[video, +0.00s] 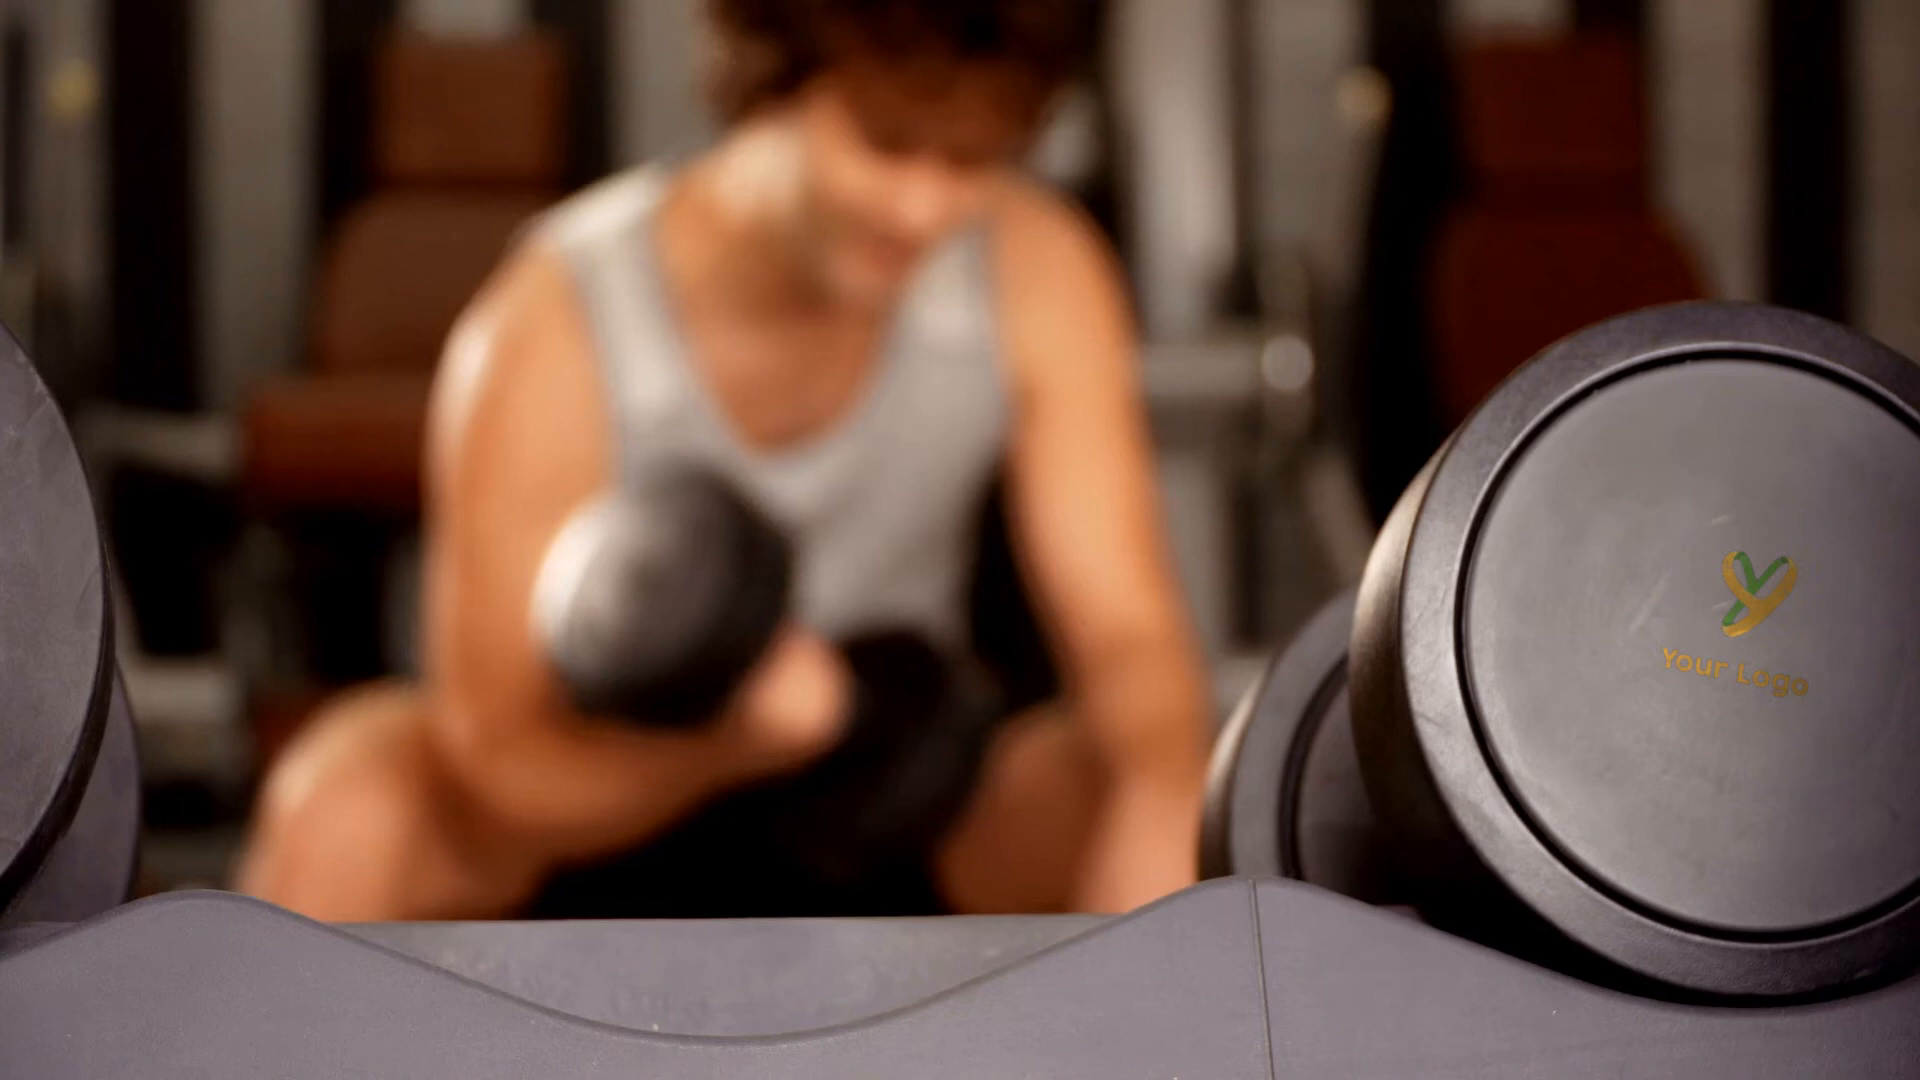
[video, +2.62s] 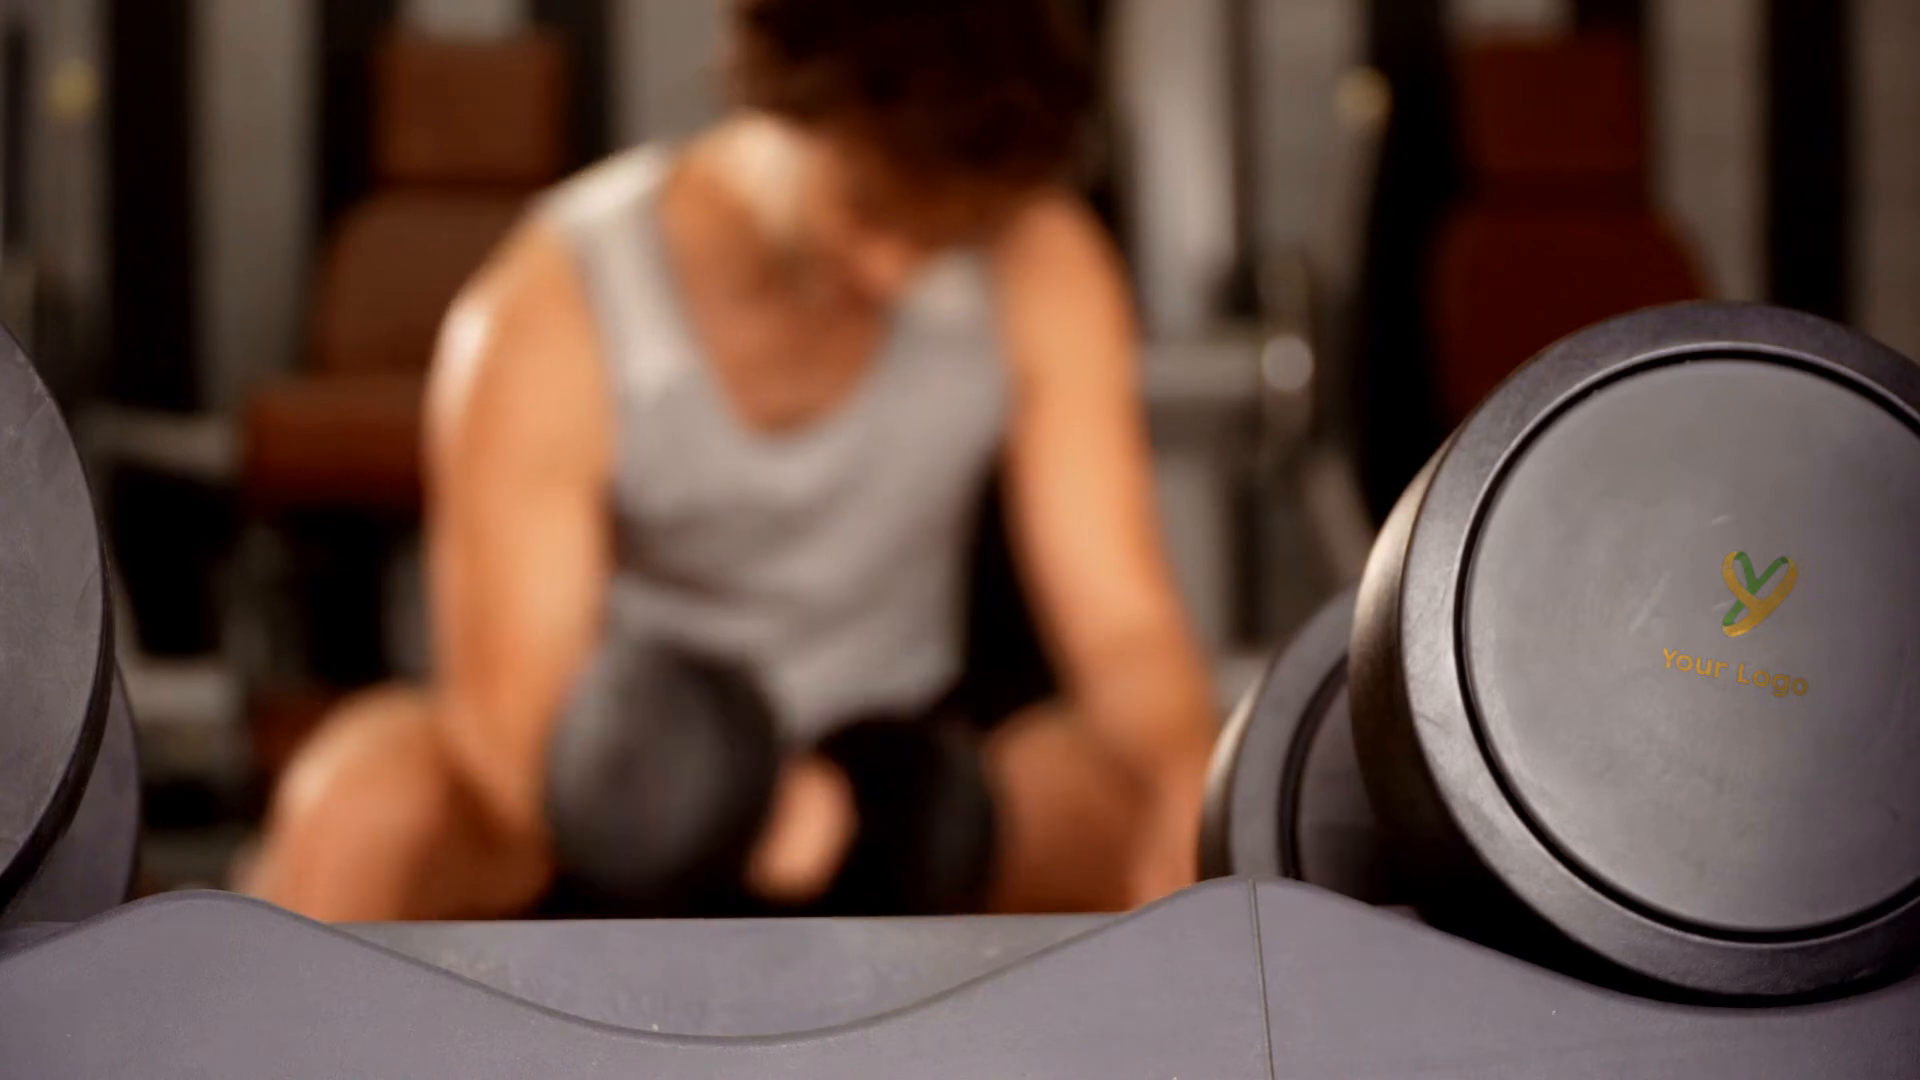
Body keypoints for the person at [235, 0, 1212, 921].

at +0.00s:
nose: (923, 208)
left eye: (975, 162)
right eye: (887, 143)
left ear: (1021, 147)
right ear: (777, 80)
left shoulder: (1031, 262)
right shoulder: (549, 324)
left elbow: (1129, 641)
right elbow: (511, 774)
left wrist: (1157, 825)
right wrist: (741, 740)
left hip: (883, 796)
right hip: (594, 809)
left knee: (1167, 801)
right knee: (345, 801)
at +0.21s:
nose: (943, 205)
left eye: (993, 159)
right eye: (907, 142)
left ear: (1038, 143)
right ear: (793, 81)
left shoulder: (1046, 262)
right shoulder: (580, 312)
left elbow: (1131, 643)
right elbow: (512, 747)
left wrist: (1154, 825)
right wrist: (743, 875)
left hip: (915, 769)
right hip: (640, 768)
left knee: (1173, 802)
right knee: (346, 789)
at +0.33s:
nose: (958, 214)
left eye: (1006, 166)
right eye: (924, 151)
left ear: (1048, 148)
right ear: (808, 89)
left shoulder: (1057, 268)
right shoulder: (599, 312)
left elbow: (1134, 654)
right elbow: (510, 779)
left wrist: (1155, 826)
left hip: (903, 779)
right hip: (624, 788)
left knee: (1156, 808)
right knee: (352, 790)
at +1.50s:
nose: (929, 298)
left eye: (980, 262)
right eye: (904, 241)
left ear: (1041, 219)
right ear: (826, 134)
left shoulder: (1057, 260)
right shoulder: (602, 316)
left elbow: (1133, 643)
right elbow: (511, 755)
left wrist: (1172, 839)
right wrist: (674, 956)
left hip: (902, 777)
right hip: (628, 790)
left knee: (1190, 806)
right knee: (367, 784)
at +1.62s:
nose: (923, 303)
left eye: (972, 267)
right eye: (896, 247)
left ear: (1037, 224)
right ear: (817, 135)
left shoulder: (1051, 263)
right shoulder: (578, 313)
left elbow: (1135, 643)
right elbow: (514, 754)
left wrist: (1171, 854)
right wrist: (767, 867)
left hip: (904, 779)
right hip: (619, 783)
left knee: (1199, 780)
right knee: (370, 787)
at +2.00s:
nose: (886, 303)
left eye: (926, 263)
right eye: (859, 248)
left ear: (980, 205)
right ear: (764, 148)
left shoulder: (1010, 262)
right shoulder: (492, 318)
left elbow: (1121, 639)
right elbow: (509, 749)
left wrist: (1182, 877)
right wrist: (735, 696)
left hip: (900, 786)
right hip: (598, 796)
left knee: (1169, 807)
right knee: (351, 798)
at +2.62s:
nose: (893, 271)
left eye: (944, 232)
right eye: (867, 214)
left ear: (1003, 179)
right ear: (785, 116)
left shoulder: (1034, 256)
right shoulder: (546, 313)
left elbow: (1125, 636)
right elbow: (514, 735)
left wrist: (1195, 807)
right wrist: (846, 823)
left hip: (901, 796)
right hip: (611, 796)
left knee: (1193, 800)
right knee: (360, 786)